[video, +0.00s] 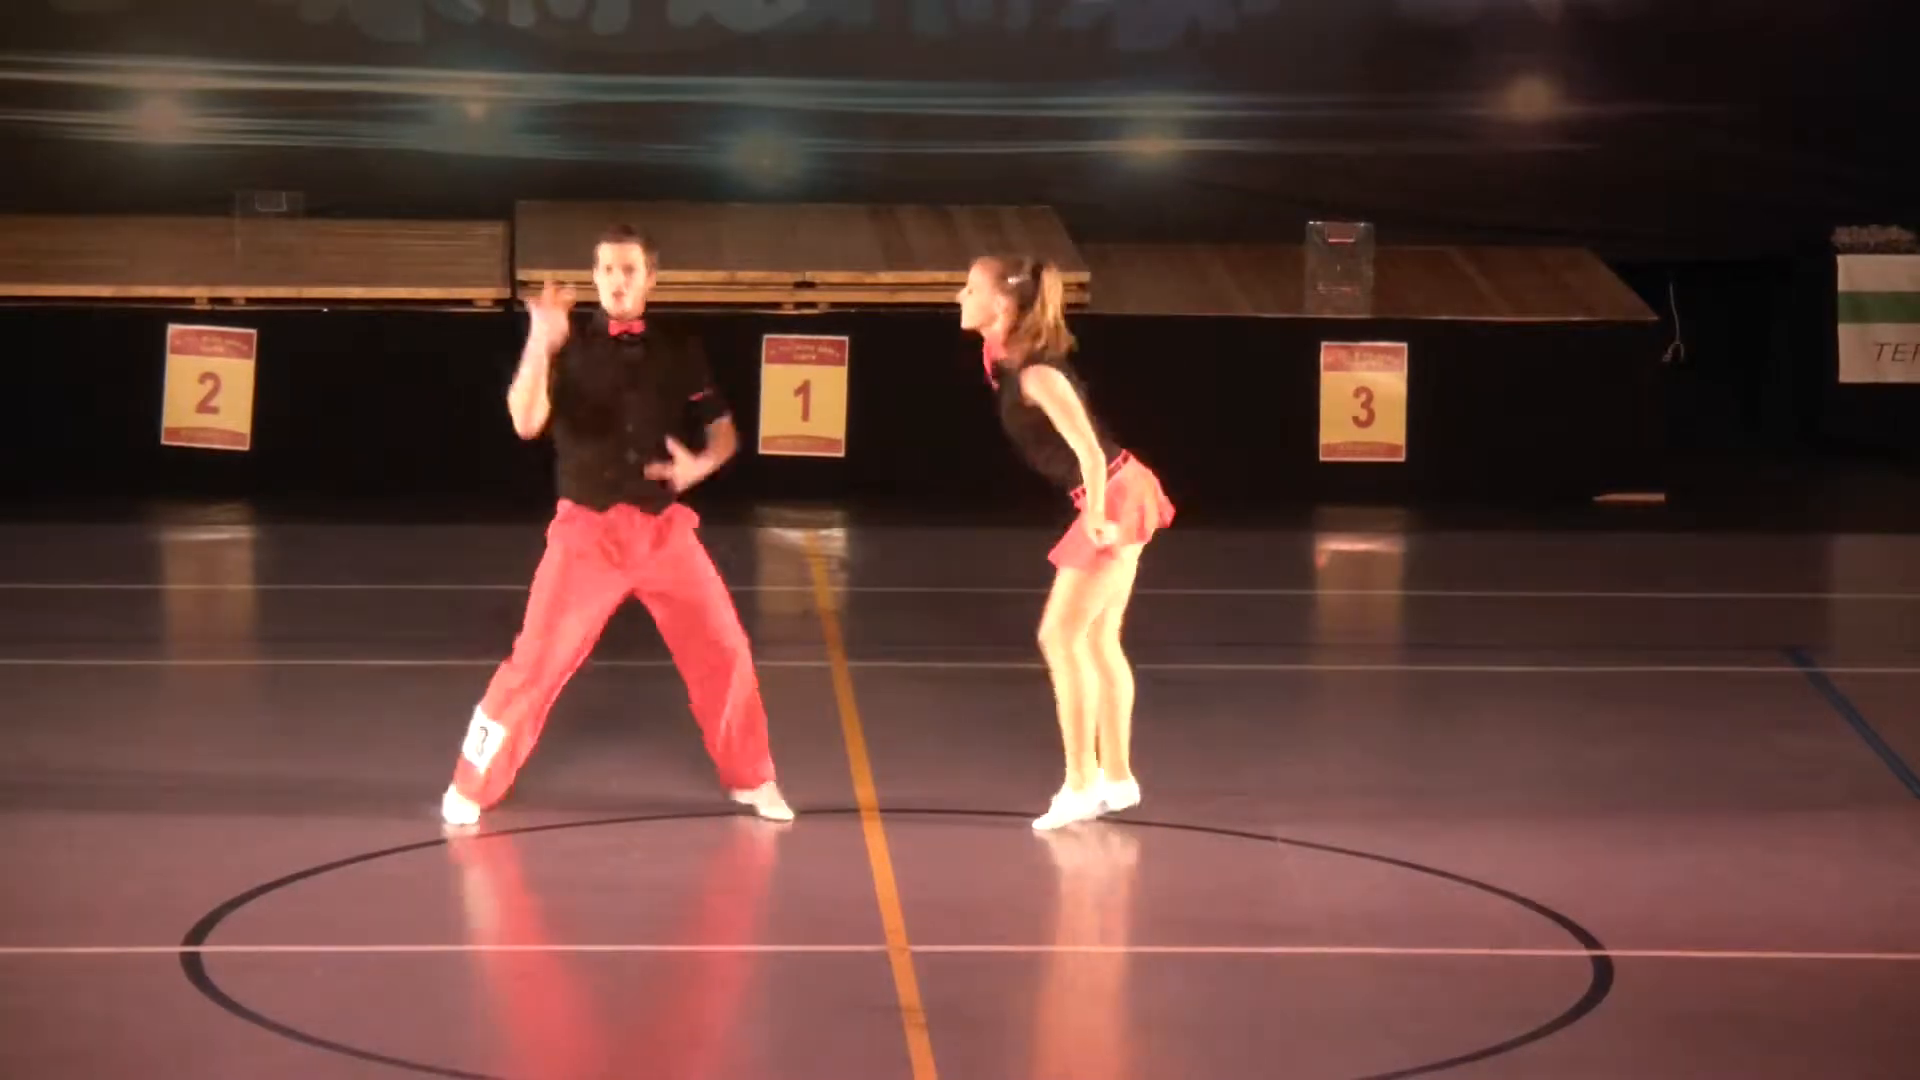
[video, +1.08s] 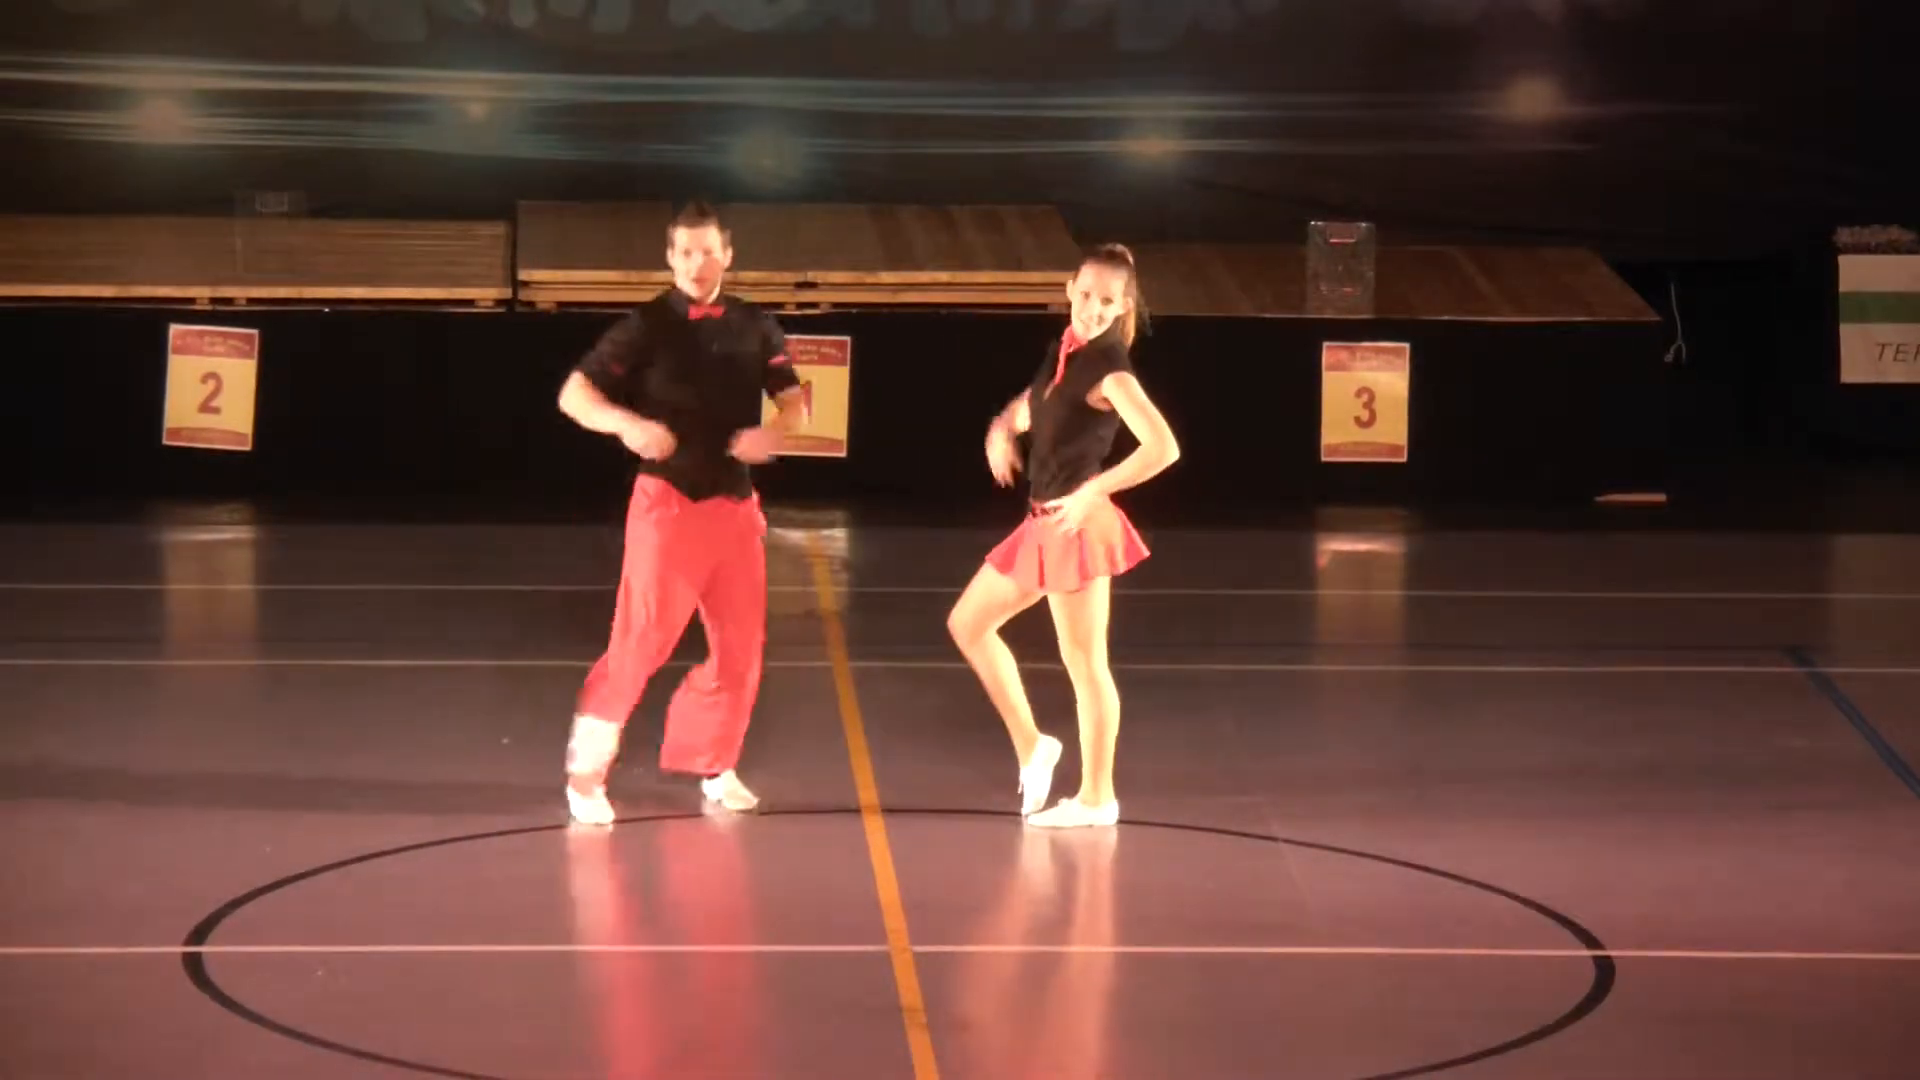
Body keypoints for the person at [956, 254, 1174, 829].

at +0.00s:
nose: (961, 299)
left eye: (971, 290)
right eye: (965, 289)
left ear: (1005, 302)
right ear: (1001, 302)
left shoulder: (1038, 375)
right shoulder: (1017, 364)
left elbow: (1091, 449)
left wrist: (1094, 518)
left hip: (1112, 503)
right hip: (1122, 498)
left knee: (1058, 635)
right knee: (1102, 639)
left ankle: (1082, 780)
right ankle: (1118, 776)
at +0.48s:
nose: (982, 298)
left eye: (994, 288)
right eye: (985, 287)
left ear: (1030, 301)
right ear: (1025, 303)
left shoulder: (1068, 376)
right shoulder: (1023, 368)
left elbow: (1111, 455)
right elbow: (1026, 445)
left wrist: (1070, 484)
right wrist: (998, 496)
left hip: (1103, 527)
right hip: (1100, 523)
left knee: (1028, 650)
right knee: (1115, 656)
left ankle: (1083, 780)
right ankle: (1124, 790)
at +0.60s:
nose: (1009, 272)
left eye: (1019, 262)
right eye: (1011, 261)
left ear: (1054, 268)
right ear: (1043, 269)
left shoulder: (1069, 338)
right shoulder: (1039, 330)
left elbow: (1124, 392)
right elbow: (1029, 389)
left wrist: (1062, 456)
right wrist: (986, 431)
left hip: (1093, 490)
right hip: (1076, 491)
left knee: (1044, 636)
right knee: (1056, 634)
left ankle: (1089, 772)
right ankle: (1094, 765)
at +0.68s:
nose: (1062, 277)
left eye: (1078, 270)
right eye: (1058, 262)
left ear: (1098, 280)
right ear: (1043, 259)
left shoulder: (1081, 337)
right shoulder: (1044, 328)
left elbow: (1126, 398)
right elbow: (1045, 402)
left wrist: (1077, 466)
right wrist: (1012, 444)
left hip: (1078, 498)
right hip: (1052, 495)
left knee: (1072, 637)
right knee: (1007, 618)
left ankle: (1084, 773)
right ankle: (1062, 760)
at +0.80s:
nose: (1092, 309)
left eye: (1107, 301)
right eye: (1087, 292)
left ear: (1120, 309)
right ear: (1070, 287)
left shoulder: (1096, 366)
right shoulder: (1064, 345)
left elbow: (1140, 445)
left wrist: (1082, 504)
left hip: (1067, 526)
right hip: (1046, 521)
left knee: (1075, 664)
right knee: (973, 623)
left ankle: (1096, 798)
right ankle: (1027, 748)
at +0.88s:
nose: (1096, 315)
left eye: (1111, 308)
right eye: (1091, 299)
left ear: (1124, 314)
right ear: (1073, 289)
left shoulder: (1102, 368)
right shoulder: (1067, 345)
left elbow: (1147, 450)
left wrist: (1085, 507)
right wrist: (1040, 485)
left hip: (1069, 525)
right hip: (1039, 521)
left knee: (1079, 665)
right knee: (970, 627)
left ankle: (1096, 797)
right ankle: (1030, 748)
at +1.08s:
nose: (1093, 309)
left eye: (1107, 302)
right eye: (1086, 294)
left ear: (1123, 309)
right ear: (1069, 290)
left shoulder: (1109, 368)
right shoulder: (1063, 348)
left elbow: (1162, 447)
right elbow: (1035, 404)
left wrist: (1094, 492)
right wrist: (1000, 430)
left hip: (1079, 527)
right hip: (1041, 525)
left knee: (1085, 662)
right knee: (968, 624)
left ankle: (1098, 799)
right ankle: (1031, 746)